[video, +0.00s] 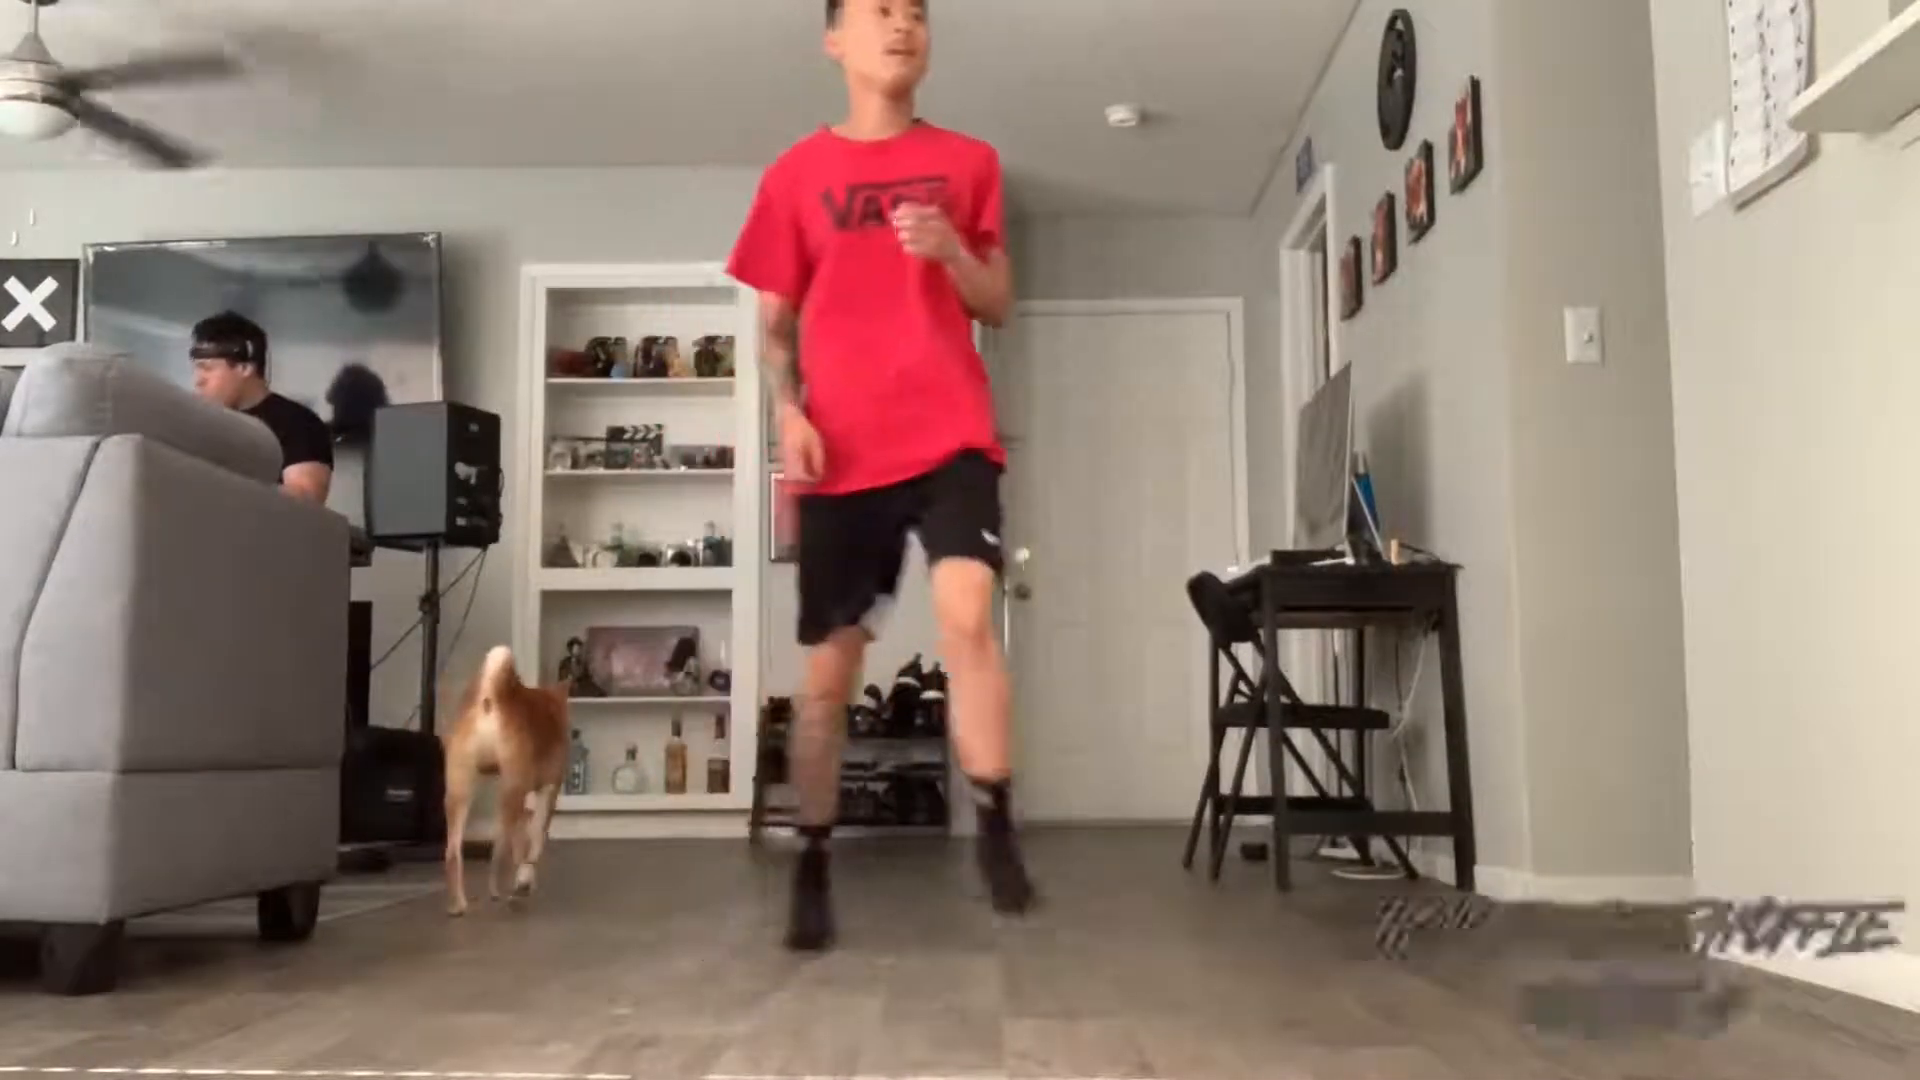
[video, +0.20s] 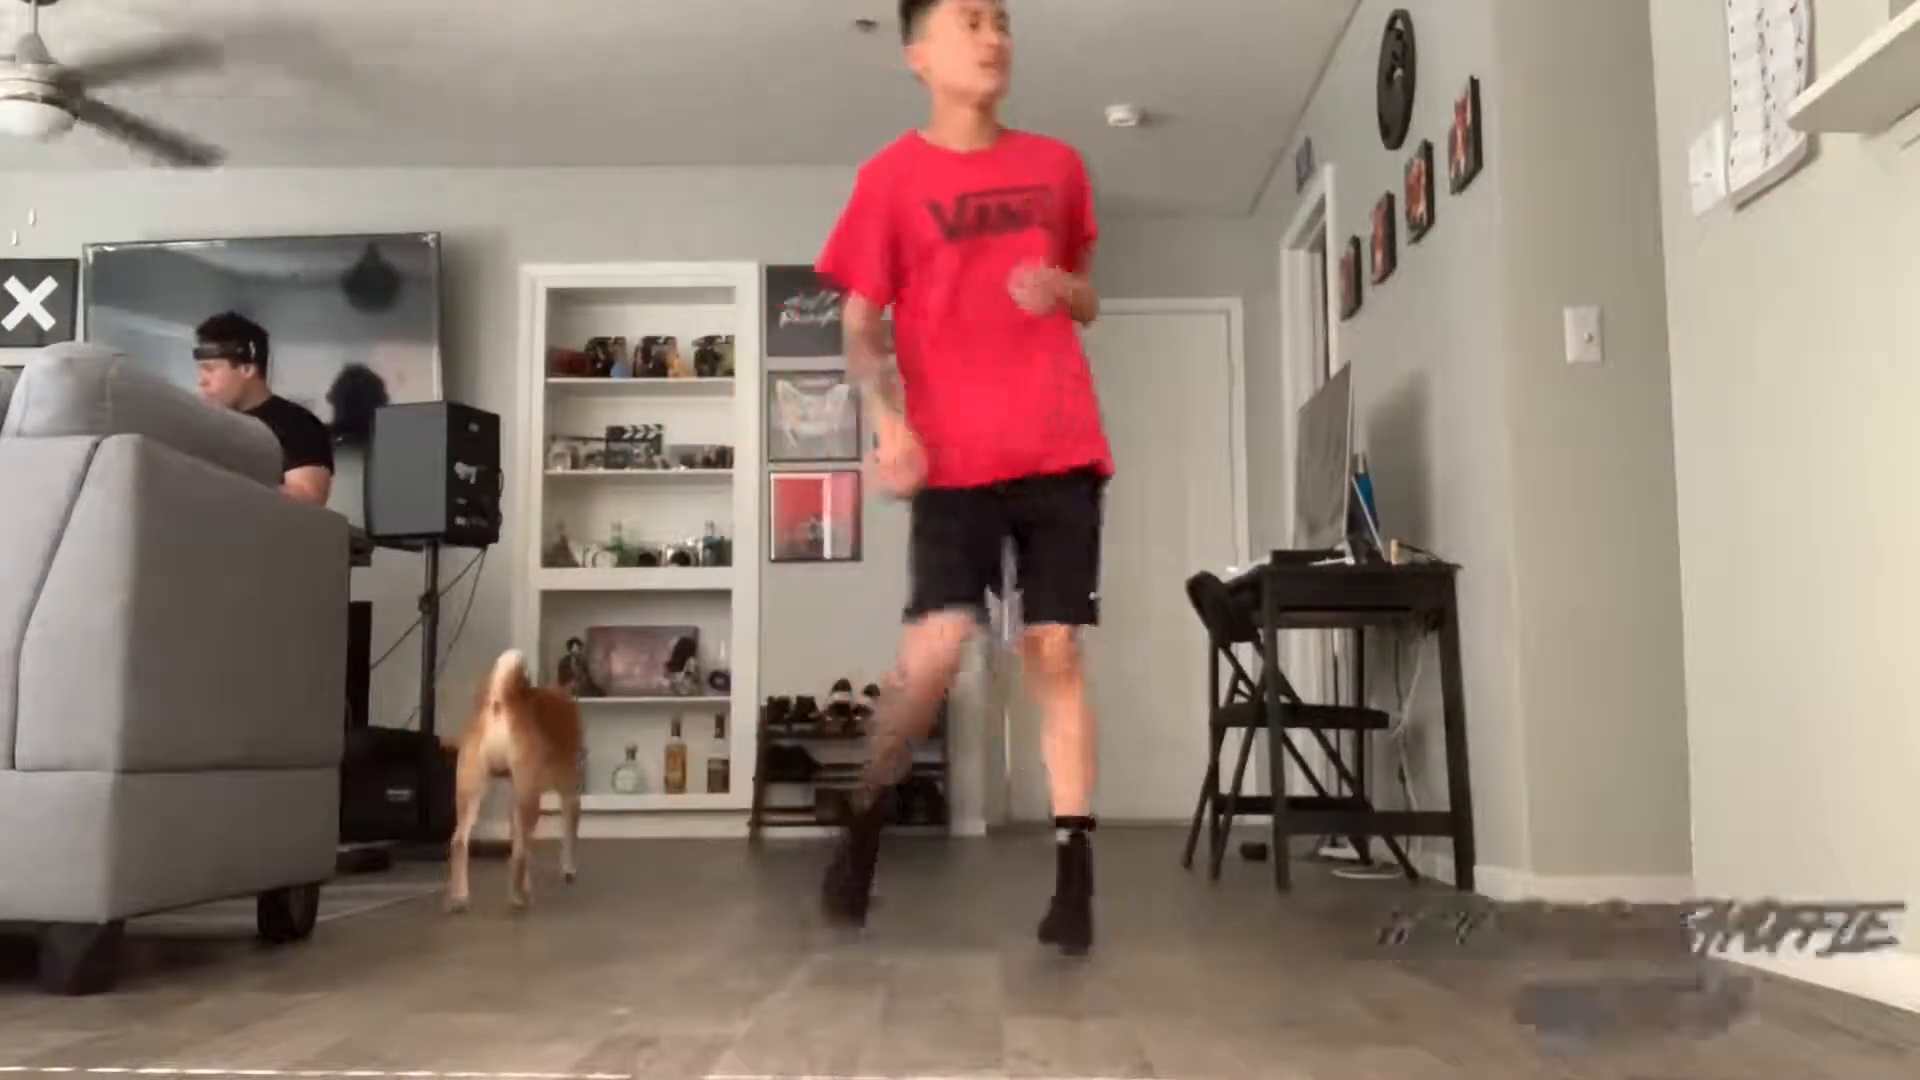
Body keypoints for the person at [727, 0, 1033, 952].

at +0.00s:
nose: (903, 29)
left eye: (914, 16)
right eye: (879, 15)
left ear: (930, 42)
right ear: (833, 43)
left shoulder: (968, 163)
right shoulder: (798, 172)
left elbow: (997, 299)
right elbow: (773, 324)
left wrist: (952, 250)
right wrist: (786, 409)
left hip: (951, 434)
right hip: (842, 448)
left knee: (969, 617)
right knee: (830, 666)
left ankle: (995, 833)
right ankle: (812, 867)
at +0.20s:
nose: (992, 39)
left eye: (999, 26)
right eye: (967, 25)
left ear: (1010, 54)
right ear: (916, 56)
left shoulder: (1055, 165)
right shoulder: (890, 177)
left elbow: (1088, 297)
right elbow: (862, 328)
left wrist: (1061, 288)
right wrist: (885, 424)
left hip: (1058, 446)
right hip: (953, 455)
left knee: (1056, 648)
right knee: (938, 646)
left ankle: (1073, 884)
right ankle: (863, 828)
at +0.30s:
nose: (1051, 65)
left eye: (1055, 51)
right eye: (1027, 53)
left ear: (1065, 79)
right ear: (976, 87)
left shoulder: (1104, 199)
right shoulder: (948, 203)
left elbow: (1135, 320)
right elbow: (902, 349)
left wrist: (1115, 342)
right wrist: (955, 427)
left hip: (1102, 460)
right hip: (1002, 456)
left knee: (1085, 673)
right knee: (1063, 593)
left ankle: (1098, 887)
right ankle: (963, 731)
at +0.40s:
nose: (1095, 43)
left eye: (1097, 29)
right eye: (1072, 28)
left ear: (1102, 55)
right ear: (1018, 59)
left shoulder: (1128, 172)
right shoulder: (990, 174)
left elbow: (1141, 296)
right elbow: (953, 319)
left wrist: (1157, 367)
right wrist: (987, 424)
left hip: (1130, 438)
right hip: (1044, 441)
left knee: (1105, 653)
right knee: (1154, 593)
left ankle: (1102, 864)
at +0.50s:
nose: (1134, 66)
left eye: (1135, 51)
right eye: (1113, 49)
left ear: (1130, 74)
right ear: (1054, 73)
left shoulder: (1142, 191)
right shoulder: (1025, 189)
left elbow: (1148, 325)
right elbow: (974, 334)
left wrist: (1194, 415)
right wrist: (1013, 449)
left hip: (1156, 456)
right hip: (1095, 459)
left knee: (1114, 673)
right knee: (1218, 641)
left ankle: (1072, 871)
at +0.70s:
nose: (1180, 58)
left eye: (1180, 40)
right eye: (1161, 39)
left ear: (1147, 62)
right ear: (1099, 58)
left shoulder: (1145, 177)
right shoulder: (1069, 154)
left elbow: (1132, 318)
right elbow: (1012, 289)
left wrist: (1187, 414)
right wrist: (1110, 369)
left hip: (1181, 447)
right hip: (1115, 456)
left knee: (1262, 630)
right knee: (1193, 661)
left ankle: (1140, 771)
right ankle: (1201, 881)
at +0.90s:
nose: (1171, 42)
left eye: (1172, 29)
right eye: (1150, 27)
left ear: (1155, 57)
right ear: (1092, 52)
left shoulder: (1136, 157)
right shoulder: (1073, 127)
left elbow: (1103, 297)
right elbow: (1017, 241)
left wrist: (1156, 375)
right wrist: (1151, 275)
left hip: (1157, 424)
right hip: (1085, 435)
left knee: (1255, 551)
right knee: (1115, 662)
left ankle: (1188, 747)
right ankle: (1105, 880)